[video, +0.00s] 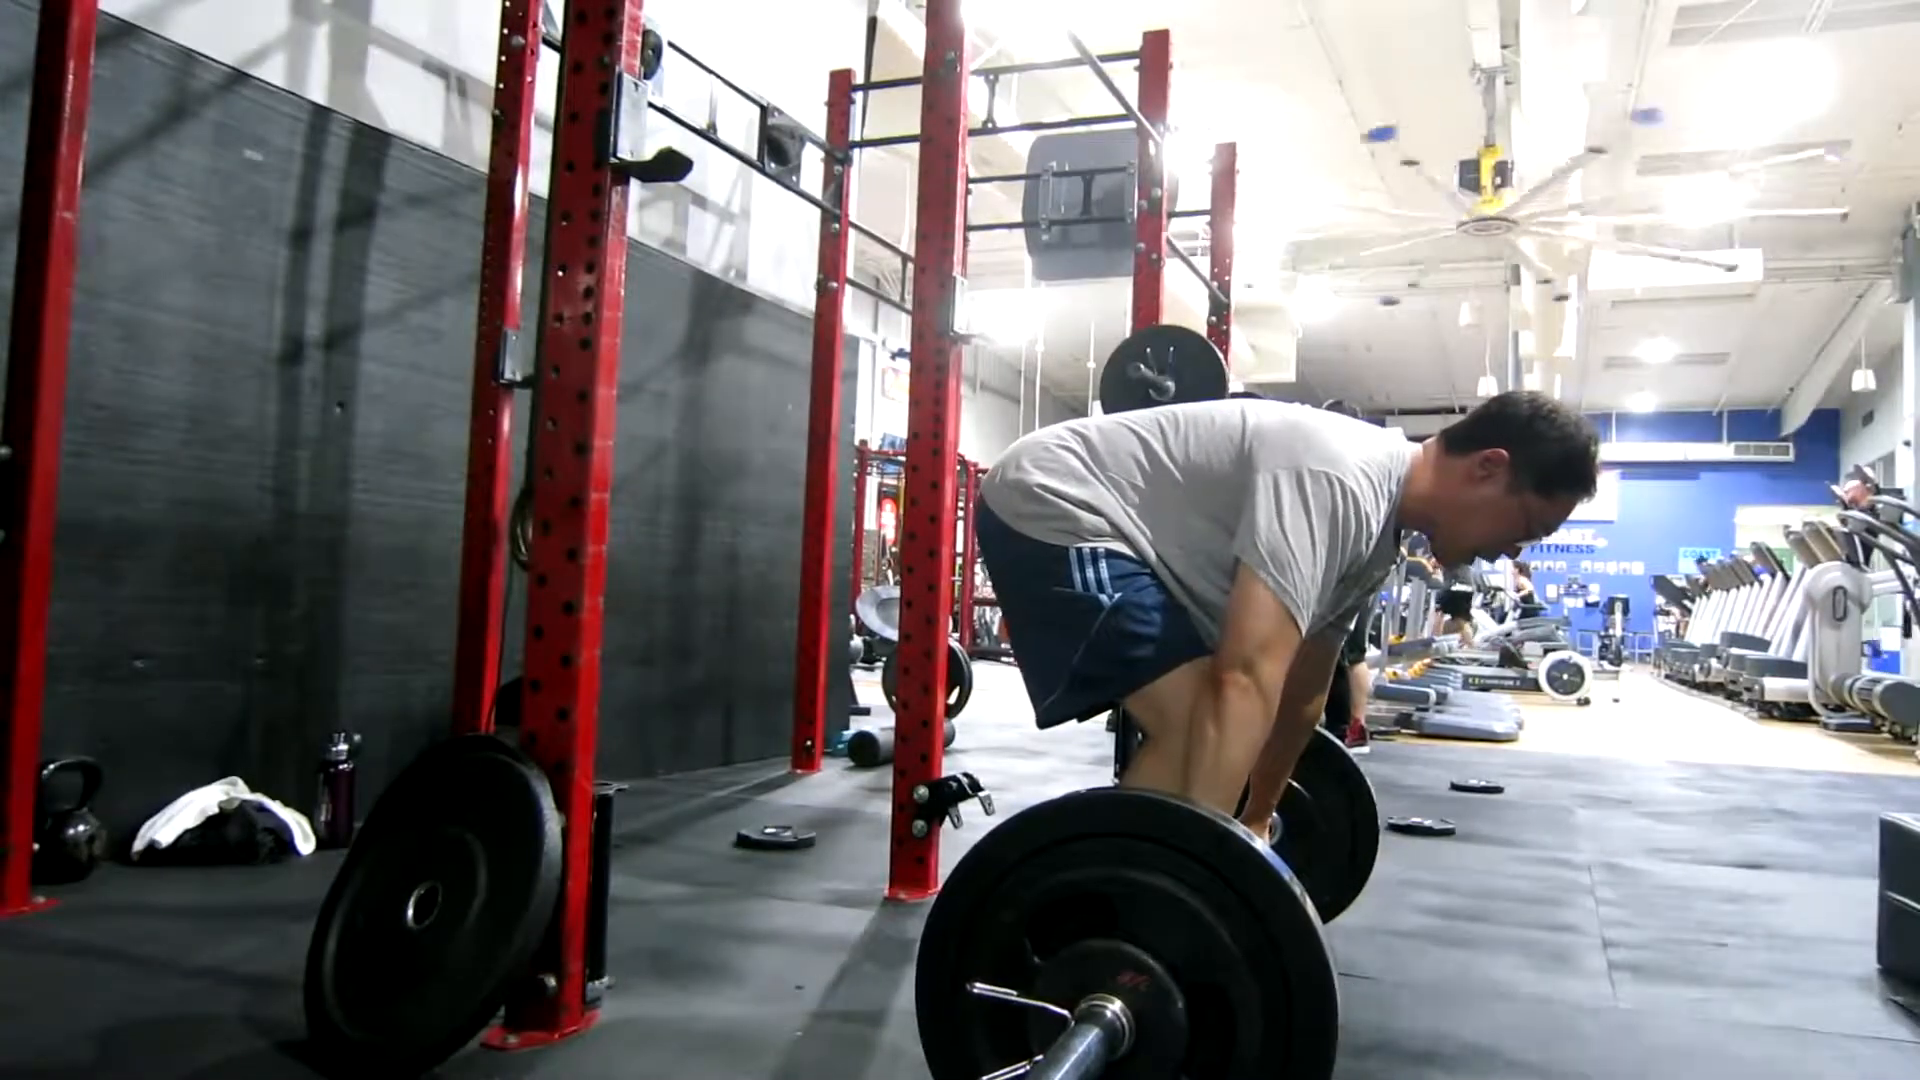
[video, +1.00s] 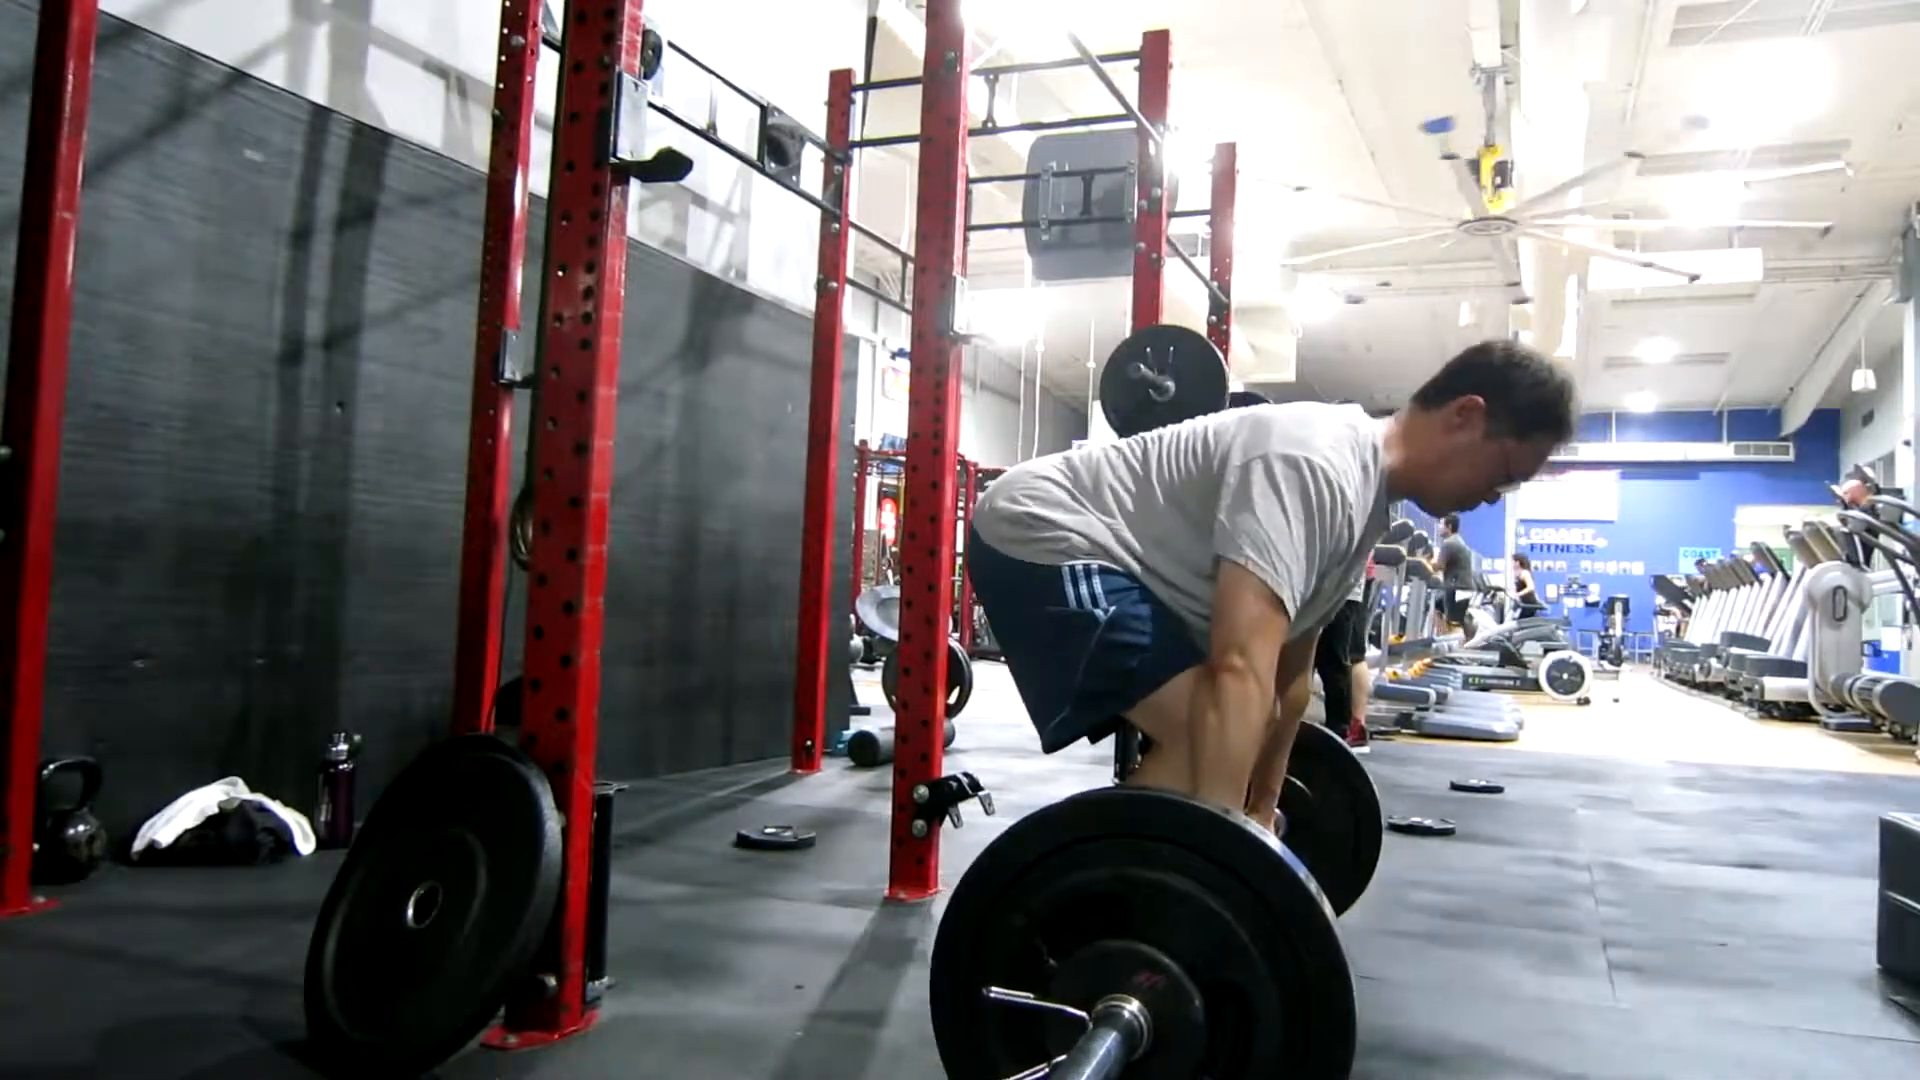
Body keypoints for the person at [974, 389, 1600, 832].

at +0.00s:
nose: (1513, 553)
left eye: (1531, 541)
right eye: (1524, 530)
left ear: (1486, 470)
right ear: (1488, 470)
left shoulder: (1377, 532)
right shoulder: (1331, 475)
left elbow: (1302, 701)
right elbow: (1244, 676)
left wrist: (1248, 838)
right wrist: (1190, 878)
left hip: (1108, 525)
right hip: (1056, 499)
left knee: (1184, 730)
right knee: (1210, 708)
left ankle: (1110, 914)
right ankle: (1154, 921)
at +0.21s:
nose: (1515, 555)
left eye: (1533, 542)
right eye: (1526, 531)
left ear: (1487, 470)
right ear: (1489, 470)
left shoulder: (1382, 533)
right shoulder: (1336, 476)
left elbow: (1308, 700)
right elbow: (1249, 679)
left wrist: (1248, 839)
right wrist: (1190, 883)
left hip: (1111, 526)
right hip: (1056, 500)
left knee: (1194, 732)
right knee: (1213, 717)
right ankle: (1141, 936)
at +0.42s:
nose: (1515, 546)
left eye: (1532, 534)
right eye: (1525, 523)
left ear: (1487, 464)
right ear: (1489, 464)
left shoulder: (1399, 525)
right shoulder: (1353, 484)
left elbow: (1325, 680)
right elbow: (1261, 682)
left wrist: (1252, 823)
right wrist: (1214, 870)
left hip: (1115, 522)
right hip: (1054, 498)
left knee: (1200, 725)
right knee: (1208, 716)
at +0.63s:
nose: (1513, 532)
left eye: (1530, 519)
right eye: (1525, 510)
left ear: (1488, 449)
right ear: (1489, 449)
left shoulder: (1393, 520)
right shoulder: (1347, 480)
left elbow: (1314, 686)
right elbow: (1271, 686)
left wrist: (1241, 855)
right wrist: (1209, 883)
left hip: (1113, 526)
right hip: (1055, 507)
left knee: (1214, 718)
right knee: (1198, 719)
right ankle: (1135, 930)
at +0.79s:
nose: (1511, 522)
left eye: (1529, 509)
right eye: (1523, 499)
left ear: (1487, 440)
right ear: (1487, 440)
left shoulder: (1383, 514)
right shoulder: (1326, 476)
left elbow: (1293, 690)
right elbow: (1238, 678)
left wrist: (1249, 842)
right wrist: (1195, 871)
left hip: (1119, 538)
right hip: (1051, 517)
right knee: (1200, 716)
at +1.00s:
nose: (1493, 498)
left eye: (1511, 485)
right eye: (1505, 475)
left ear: (1465, 421)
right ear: (1466, 420)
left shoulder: (1364, 498)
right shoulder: (1310, 463)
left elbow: (1291, 673)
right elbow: (1234, 669)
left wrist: (1259, 818)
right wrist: (1212, 856)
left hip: (1107, 551)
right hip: (1044, 529)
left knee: (1204, 735)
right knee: (1196, 719)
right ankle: (1161, 918)